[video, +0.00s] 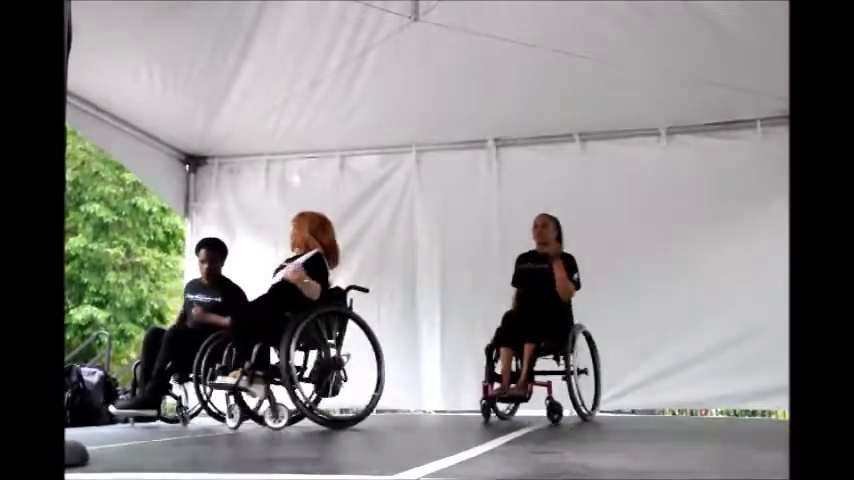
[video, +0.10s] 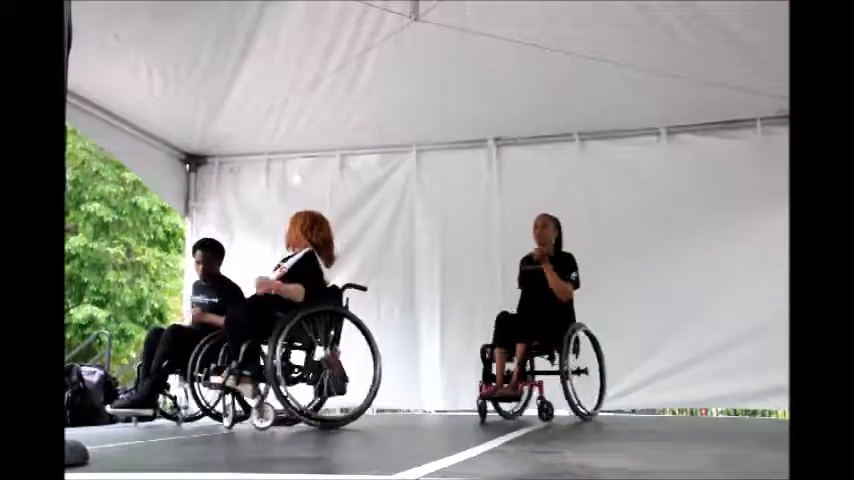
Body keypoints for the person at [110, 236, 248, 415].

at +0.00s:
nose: (207, 267)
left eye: (212, 262)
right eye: (203, 262)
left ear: (222, 262)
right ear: (197, 262)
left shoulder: (233, 292)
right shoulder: (192, 287)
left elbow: (238, 324)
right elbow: (184, 314)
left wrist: (207, 317)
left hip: (218, 350)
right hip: (192, 346)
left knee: (174, 335)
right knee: (154, 335)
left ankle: (153, 399)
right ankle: (144, 398)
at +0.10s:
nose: (199, 268)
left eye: (204, 263)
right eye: (197, 262)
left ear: (218, 262)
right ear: (194, 262)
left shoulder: (231, 290)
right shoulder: (198, 287)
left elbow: (237, 324)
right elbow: (198, 317)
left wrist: (207, 317)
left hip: (221, 351)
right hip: (199, 348)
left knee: (174, 332)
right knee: (155, 334)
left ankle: (147, 397)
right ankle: (141, 395)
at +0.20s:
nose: (196, 271)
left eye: (200, 266)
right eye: (193, 266)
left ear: (214, 264)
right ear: (190, 265)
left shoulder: (225, 290)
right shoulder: (209, 288)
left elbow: (224, 324)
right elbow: (213, 320)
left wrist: (200, 319)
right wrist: (198, 318)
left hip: (225, 349)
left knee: (168, 337)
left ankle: (145, 395)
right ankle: (148, 392)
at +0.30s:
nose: (195, 272)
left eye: (200, 267)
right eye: (192, 267)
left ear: (213, 266)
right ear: (189, 267)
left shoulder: (221, 289)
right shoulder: (215, 288)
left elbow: (221, 323)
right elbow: (216, 320)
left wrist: (196, 323)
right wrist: (198, 323)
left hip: (226, 348)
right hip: (220, 344)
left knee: (169, 337)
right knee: (168, 336)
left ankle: (146, 395)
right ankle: (150, 391)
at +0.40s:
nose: (195, 272)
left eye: (199, 267)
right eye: (192, 267)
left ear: (213, 266)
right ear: (190, 266)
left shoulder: (217, 292)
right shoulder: (225, 287)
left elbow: (206, 324)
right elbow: (208, 320)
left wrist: (187, 325)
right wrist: (191, 325)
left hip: (221, 349)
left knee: (168, 336)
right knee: (170, 337)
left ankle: (145, 394)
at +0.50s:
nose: (198, 272)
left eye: (203, 267)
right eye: (196, 267)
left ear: (218, 266)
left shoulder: (213, 293)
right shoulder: (241, 288)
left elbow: (190, 327)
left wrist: (186, 315)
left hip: (225, 362)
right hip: (248, 358)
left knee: (173, 337)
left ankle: (160, 396)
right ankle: (173, 396)